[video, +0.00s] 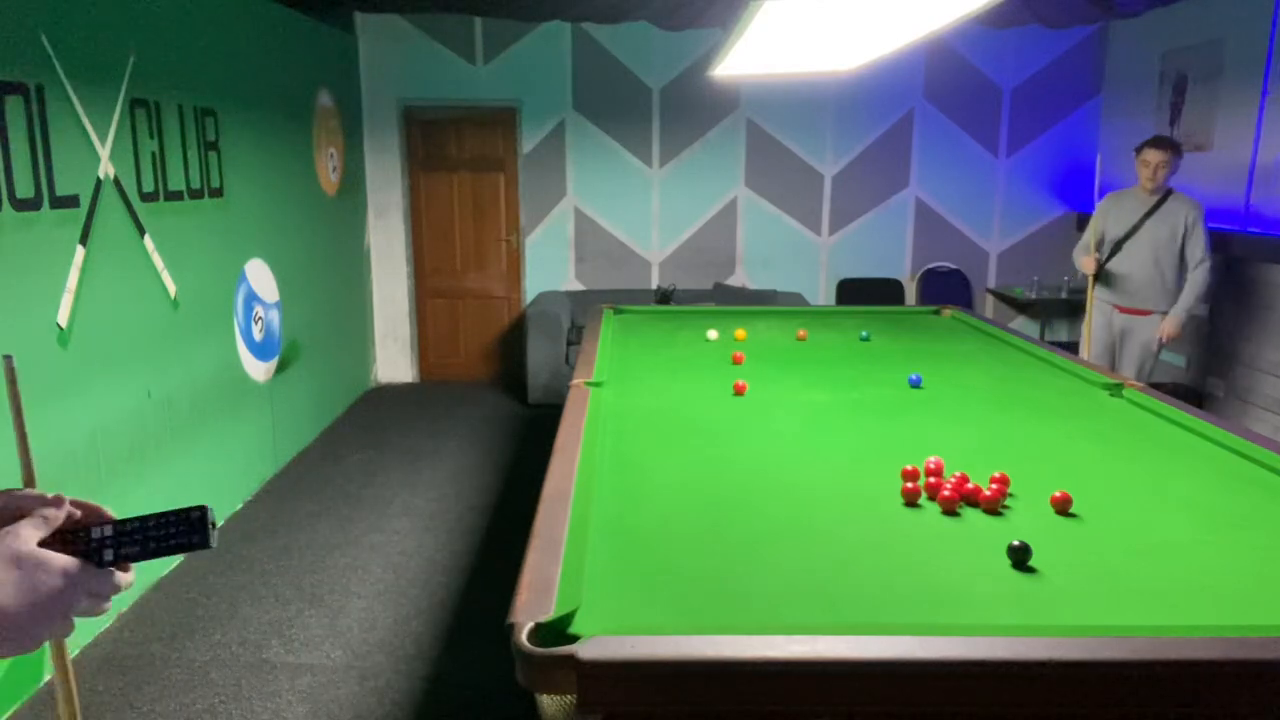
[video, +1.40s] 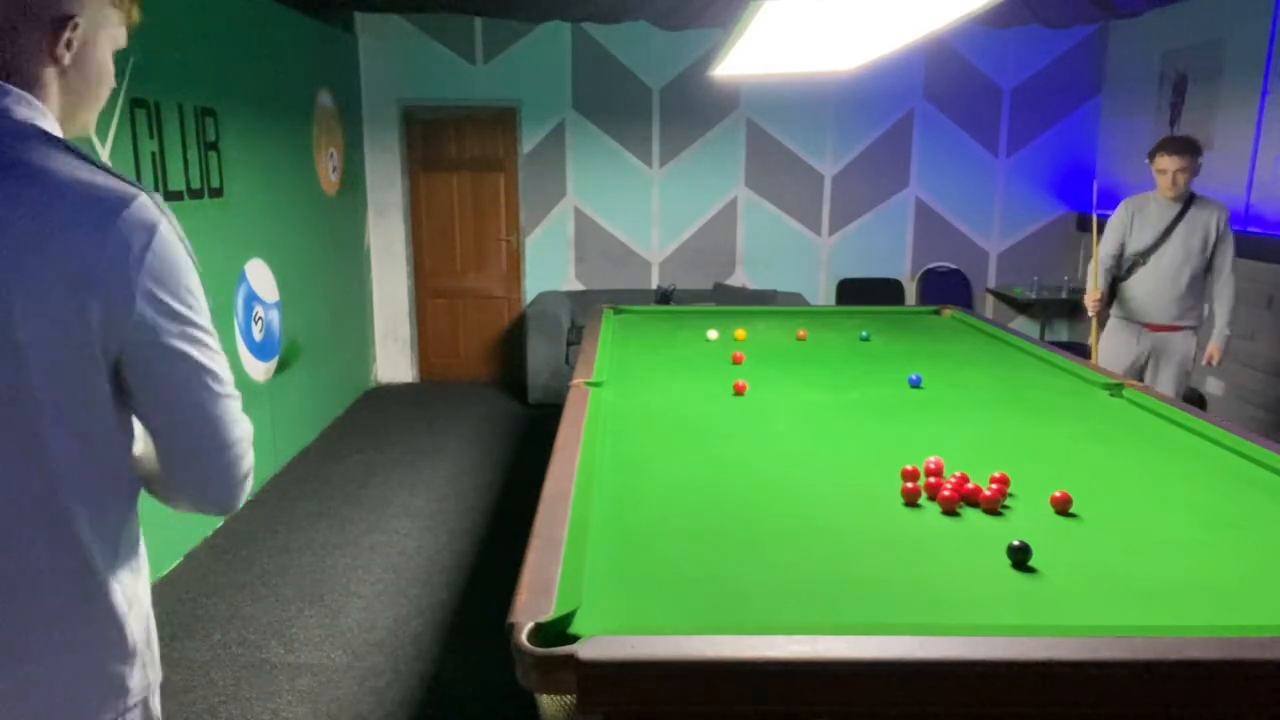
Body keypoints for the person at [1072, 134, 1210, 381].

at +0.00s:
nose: (1152, 172)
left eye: (1161, 166)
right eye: (1146, 164)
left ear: (1173, 170)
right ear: (1136, 163)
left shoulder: (1187, 212)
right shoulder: (1111, 203)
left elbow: (1200, 268)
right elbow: (1082, 248)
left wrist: (1177, 316)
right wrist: (1084, 260)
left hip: (1149, 318)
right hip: (1103, 310)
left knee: (1128, 395)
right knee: (1089, 386)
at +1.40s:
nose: (1171, 180)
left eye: (1180, 172)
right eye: (1163, 172)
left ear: (1195, 171)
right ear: (1153, 171)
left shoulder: (1214, 216)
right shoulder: (1129, 210)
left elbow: (1223, 280)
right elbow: (1103, 258)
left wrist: (1218, 338)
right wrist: (1095, 291)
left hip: (1176, 338)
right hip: (1124, 330)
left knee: (1160, 423)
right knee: (1100, 412)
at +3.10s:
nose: (1158, 187)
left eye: (1168, 178)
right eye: (1154, 178)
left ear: (1197, 172)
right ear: (1149, 173)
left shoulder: (1222, 222)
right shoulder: (1139, 212)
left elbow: (1231, 299)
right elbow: (1113, 275)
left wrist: (1174, 340)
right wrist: (1089, 328)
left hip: (1177, 361)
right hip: (1124, 350)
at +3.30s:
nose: (1162, 191)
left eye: (1172, 182)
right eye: (1158, 182)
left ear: (1202, 174)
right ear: (1155, 176)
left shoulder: (1228, 223)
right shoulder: (1151, 213)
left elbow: (1235, 301)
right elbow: (1125, 275)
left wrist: (1174, 342)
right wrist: (1094, 327)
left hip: (1181, 365)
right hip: (1130, 352)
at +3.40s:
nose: (1161, 189)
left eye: (1171, 181)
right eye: (1159, 180)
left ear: (1202, 175)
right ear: (1156, 176)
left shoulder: (1228, 224)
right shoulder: (1153, 213)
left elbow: (1235, 302)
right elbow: (1127, 276)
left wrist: (1173, 343)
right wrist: (1094, 328)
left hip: (1182, 366)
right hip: (1131, 352)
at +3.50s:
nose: (1160, 190)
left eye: (1170, 181)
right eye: (1158, 181)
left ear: (1201, 174)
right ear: (1155, 176)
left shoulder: (1227, 224)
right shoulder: (1153, 213)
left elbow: (1233, 302)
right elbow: (1127, 276)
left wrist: (1172, 343)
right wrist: (1094, 329)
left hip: (1182, 366)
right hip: (1131, 352)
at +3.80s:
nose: (1143, 187)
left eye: (1151, 179)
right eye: (1140, 179)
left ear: (1182, 171)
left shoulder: (1212, 221)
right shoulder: (1138, 210)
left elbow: (1217, 297)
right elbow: (1114, 274)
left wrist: (1156, 337)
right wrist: (1087, 327)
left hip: (1169, 361)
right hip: (1119, 349)